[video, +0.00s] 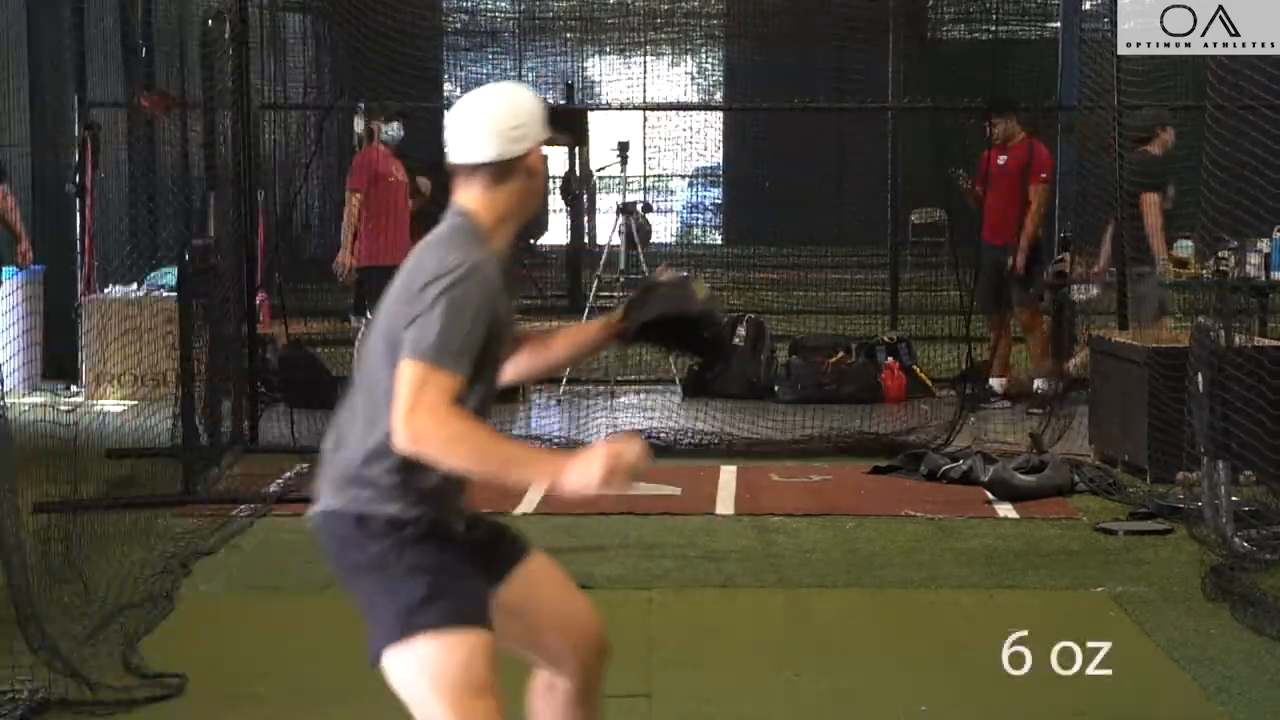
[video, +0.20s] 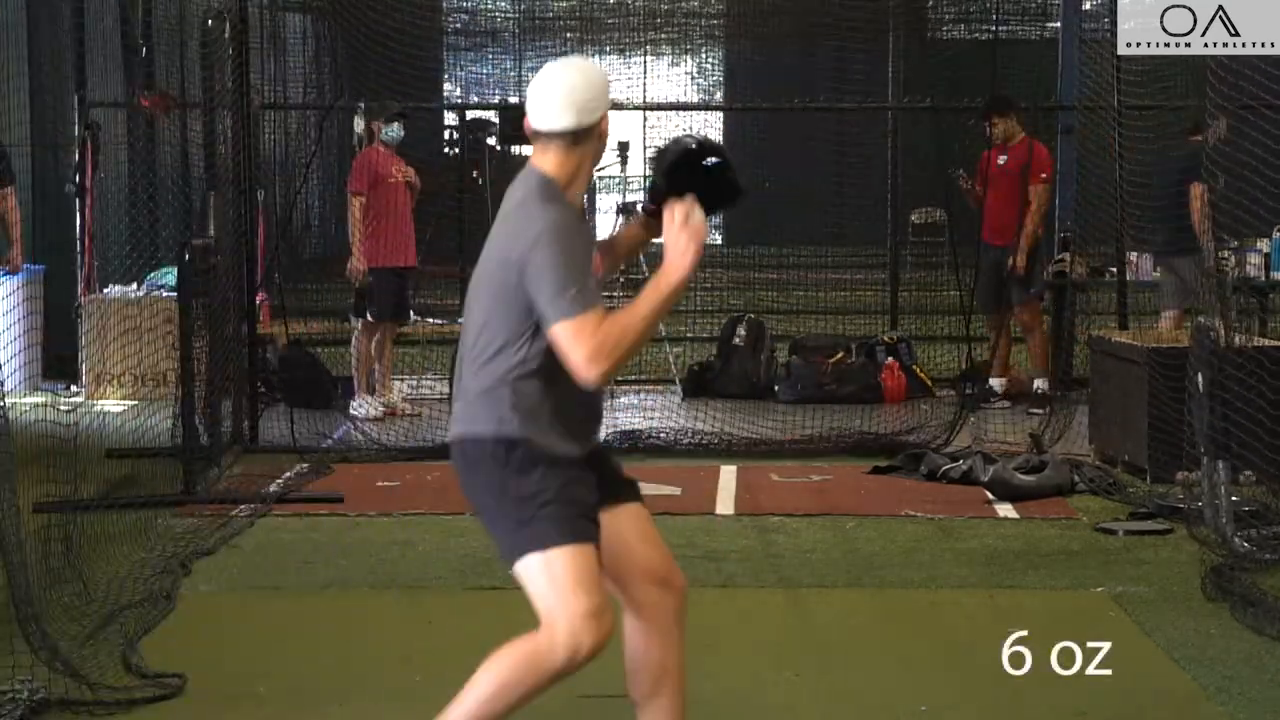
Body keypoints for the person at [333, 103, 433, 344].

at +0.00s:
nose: (398, 129)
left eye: (399, 123)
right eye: (393, 123)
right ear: (378, 127)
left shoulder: (394, 162)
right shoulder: (367, 157)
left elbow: (397, 209)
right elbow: (352, 205)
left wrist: (421, 198)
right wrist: (345, 249)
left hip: (395, 258)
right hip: (373, 260)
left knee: (390, 327)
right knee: (370, 326)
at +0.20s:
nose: (396, 128)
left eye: (398, 123)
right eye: (389, 123)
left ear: (399, 128)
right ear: (374, 126)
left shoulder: (400, 163)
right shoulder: (367, 158)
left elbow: (403, 210)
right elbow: (356, 205)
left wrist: (415, 189)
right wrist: (356, 252)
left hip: (400, 257)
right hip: (374, 257)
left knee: (389, 328)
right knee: (368, 327)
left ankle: (384, 393)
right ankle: (360, 396)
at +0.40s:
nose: (395, 129)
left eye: (397, 123)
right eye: (388, 123)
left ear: (398, 129)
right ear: (373, 127)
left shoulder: (398, 162)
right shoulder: (366, 159)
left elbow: (404, 211)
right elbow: (355, 210)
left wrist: (415, 189)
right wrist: (373, 254)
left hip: (398, 257)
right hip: (374, 257)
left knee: (388, 327)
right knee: (366, 326)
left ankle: (384, 393)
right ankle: (360, 397)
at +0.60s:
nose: (394, 129)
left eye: (397, 124)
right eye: (388, 124)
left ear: (399, 128)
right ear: (373, 127)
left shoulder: (398, 163)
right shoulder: (365, 160)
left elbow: (401, 209)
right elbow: (355, 210)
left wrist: (415, 191)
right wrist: (369, 253)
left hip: (398, 258)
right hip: (374, 259)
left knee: (387, 328)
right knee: (366, 327)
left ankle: (384, 394)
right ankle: (360, 397)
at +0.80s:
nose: (397, 130)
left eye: (400, 124)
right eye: (390, 125)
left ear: (402, 129)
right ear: (375, 127)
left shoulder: (398, 164)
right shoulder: (366, 161)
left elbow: (401, 208)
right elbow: (356, 212)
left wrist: (413, 189)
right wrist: (358, 256)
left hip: (398, 260)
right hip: (374, 261)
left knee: (386, 329)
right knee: (366, 328)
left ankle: (384, 395)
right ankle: (359, 397)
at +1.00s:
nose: (401, 130)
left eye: (403, 124)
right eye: (394, 124)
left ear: (405, 128)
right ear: (379, 126)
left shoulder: (399, 163)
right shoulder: (371, 160)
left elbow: (400, 205)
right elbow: (360, 208)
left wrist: (416, 190)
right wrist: (366, 256)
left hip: (400, 260)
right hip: (378, 260)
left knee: (387, 329)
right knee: (366, 327)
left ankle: (384, 395)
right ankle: (360, 398)